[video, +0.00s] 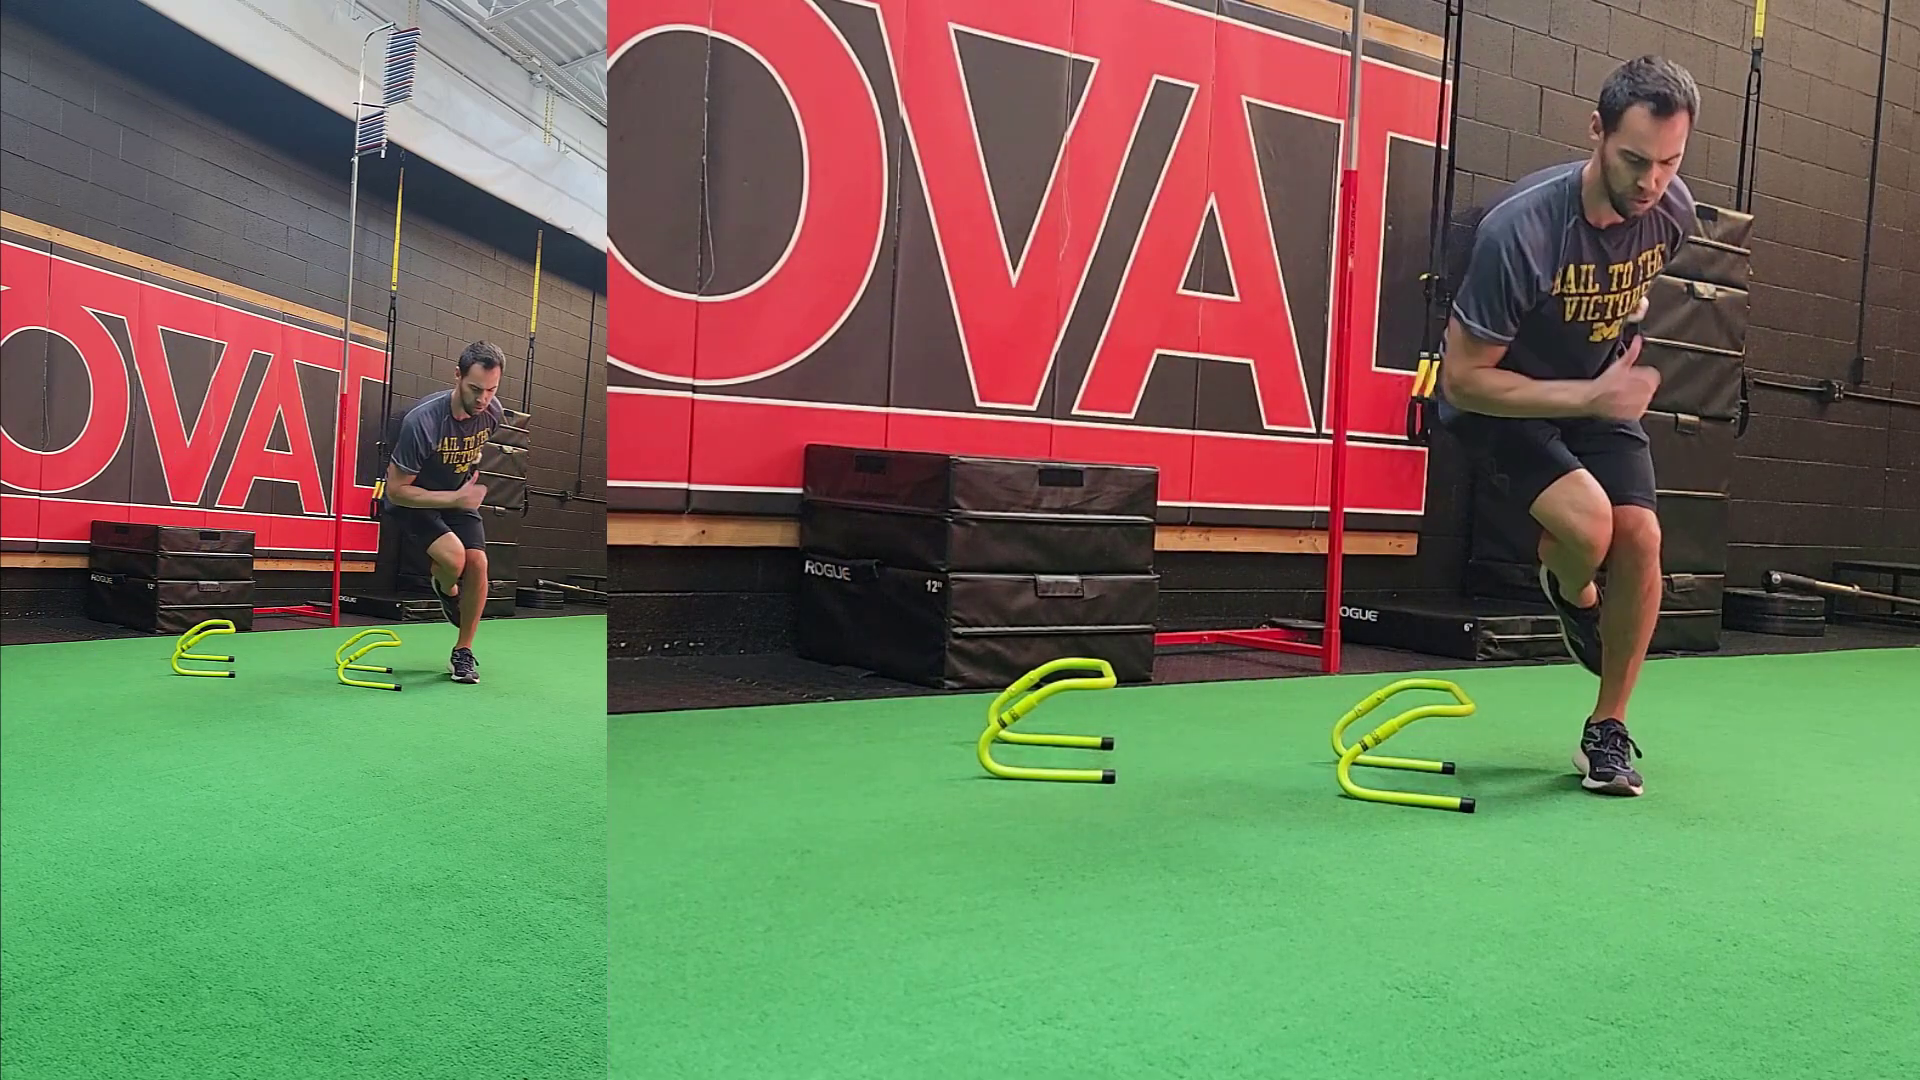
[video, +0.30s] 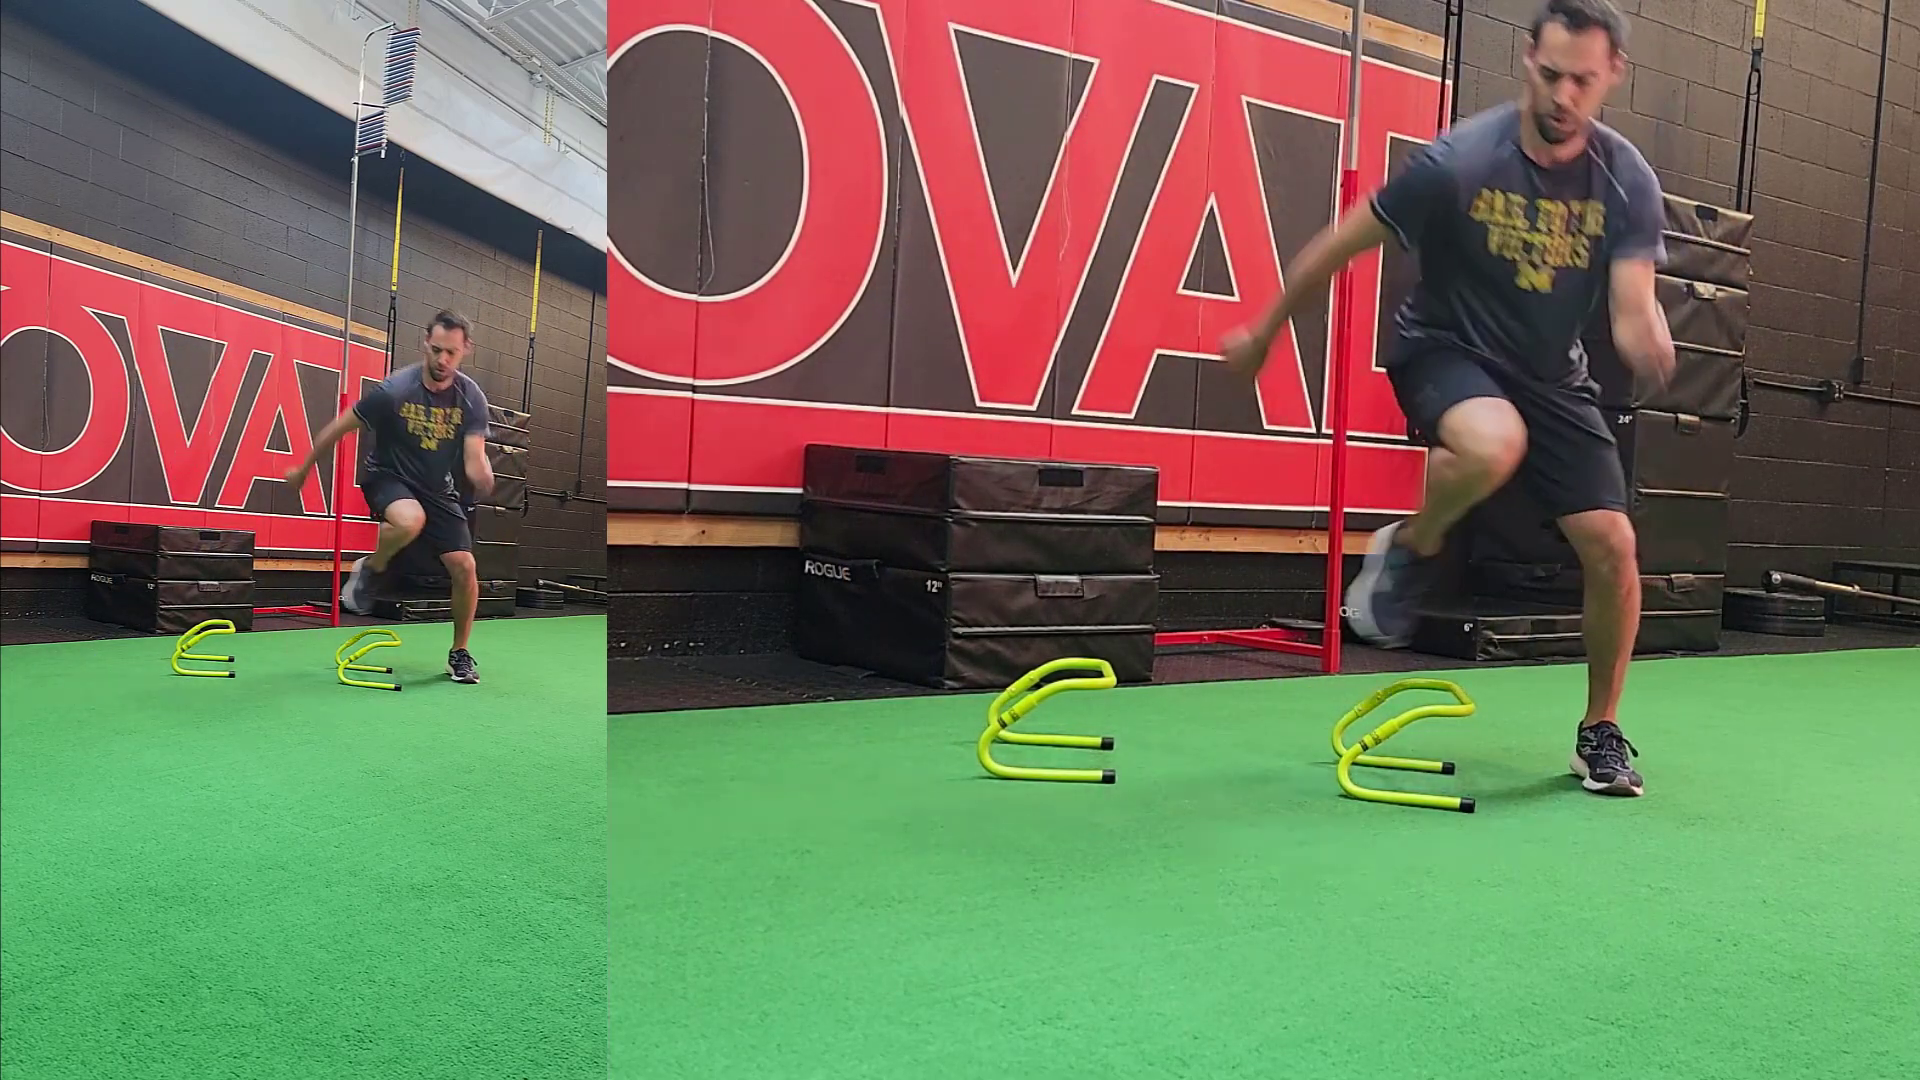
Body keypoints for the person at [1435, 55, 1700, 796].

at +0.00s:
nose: (1652, 182)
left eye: (1669, 164)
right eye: (1636, 160)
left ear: (1685, 149)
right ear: (1596, 135)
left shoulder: (1672, 211)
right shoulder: (1517, 230)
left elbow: (1618, 284)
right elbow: (1463, 380)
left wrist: (1619, 345)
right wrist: (1591, 397)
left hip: (1594, 392)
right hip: (1498, 397)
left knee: (1640, 537)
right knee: (1590, 522)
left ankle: (1609, 726)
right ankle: (1570, 592)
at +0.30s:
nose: (1563, 98)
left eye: (1583, 81)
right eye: (1551, 75)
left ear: (1611, 81)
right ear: (1524, 64)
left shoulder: (1628, 181)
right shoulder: (1454, 163)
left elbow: (1633, 303)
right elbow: (1336, 245)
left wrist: (1647, 344)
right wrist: (1263, 329)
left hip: (1551, 374)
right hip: (1444, 347)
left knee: (1612, 544)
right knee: (1493, 445)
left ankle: (1603, 727)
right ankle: (1412, 549)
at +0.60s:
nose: (1363, 13)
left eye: (1377, 6)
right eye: (1349, 7)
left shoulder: (1443, 68)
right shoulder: (1267, 75)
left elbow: (1475, 166)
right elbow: (1219, 204)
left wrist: (1484, 278)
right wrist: (1270, 279)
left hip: (1397, 280)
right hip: (1292, 282)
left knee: (1418, 387)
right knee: (1279, 511)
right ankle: (1236, 694)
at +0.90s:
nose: (1191, 8)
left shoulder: (1290, 69)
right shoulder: (1111, 54)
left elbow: (1328, 198)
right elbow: (1066, 155)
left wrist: (1313, 325)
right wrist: (1063, 225)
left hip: (1231, 305)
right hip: (1124, 279)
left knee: (1235, 504)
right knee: (1053, 391)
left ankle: (1266, 712)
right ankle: (1071, 479)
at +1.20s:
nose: (985, 101)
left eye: (1005, 83)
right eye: (972, 79)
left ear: (1047, 67)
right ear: (958, 57)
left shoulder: (1099, 166)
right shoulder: (919, 131)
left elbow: (1085, 324)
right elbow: (902, 203)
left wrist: (983, 237)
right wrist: (893, 255)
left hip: (1053, 348)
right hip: (950, 337)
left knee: (1024, 456)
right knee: (897, 500)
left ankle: (980, 516)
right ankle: (850, 693)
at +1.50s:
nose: (925, 130)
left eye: (944, 111)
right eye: (910, 109)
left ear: (983, 84)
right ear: (890, 86)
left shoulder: (1044, 177)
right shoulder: (871, 153)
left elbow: (1050, 337)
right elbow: (859, 244)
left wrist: (937, 296)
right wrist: (850, 331)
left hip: (1016, 364)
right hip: (914, 345)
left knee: (959, 494)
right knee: (869, 495)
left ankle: (911, 561)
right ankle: (844, 695)